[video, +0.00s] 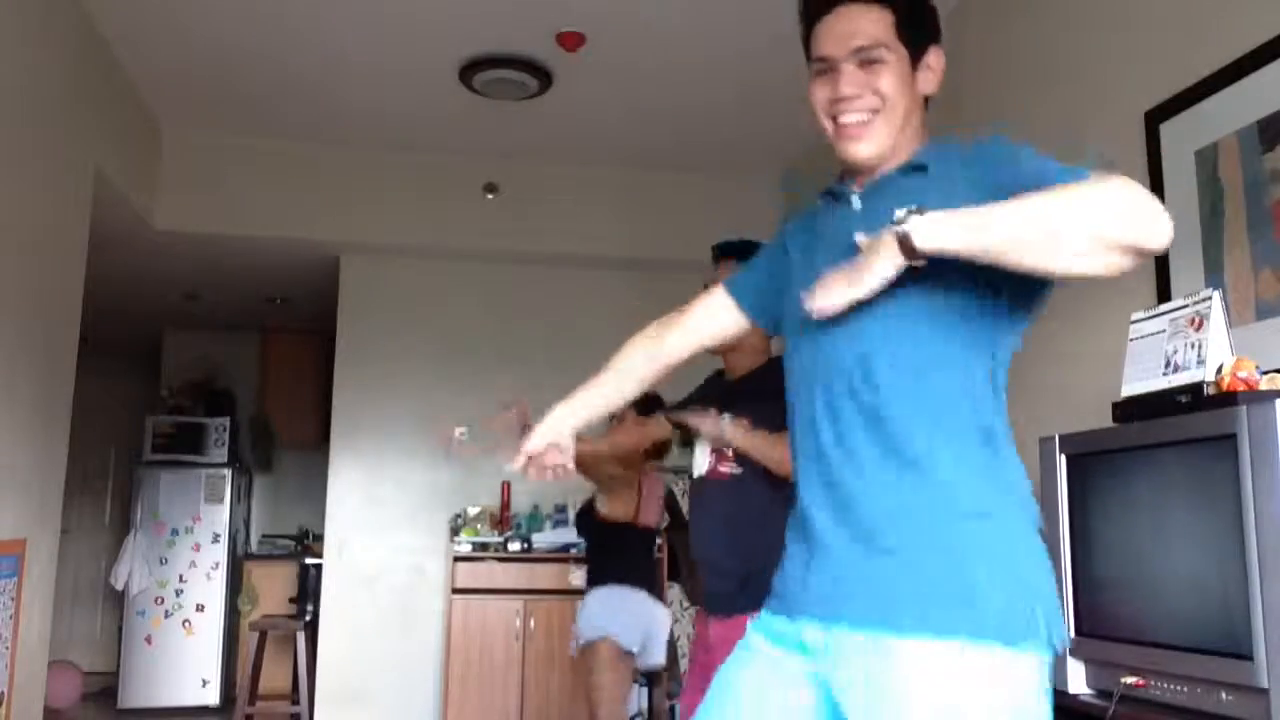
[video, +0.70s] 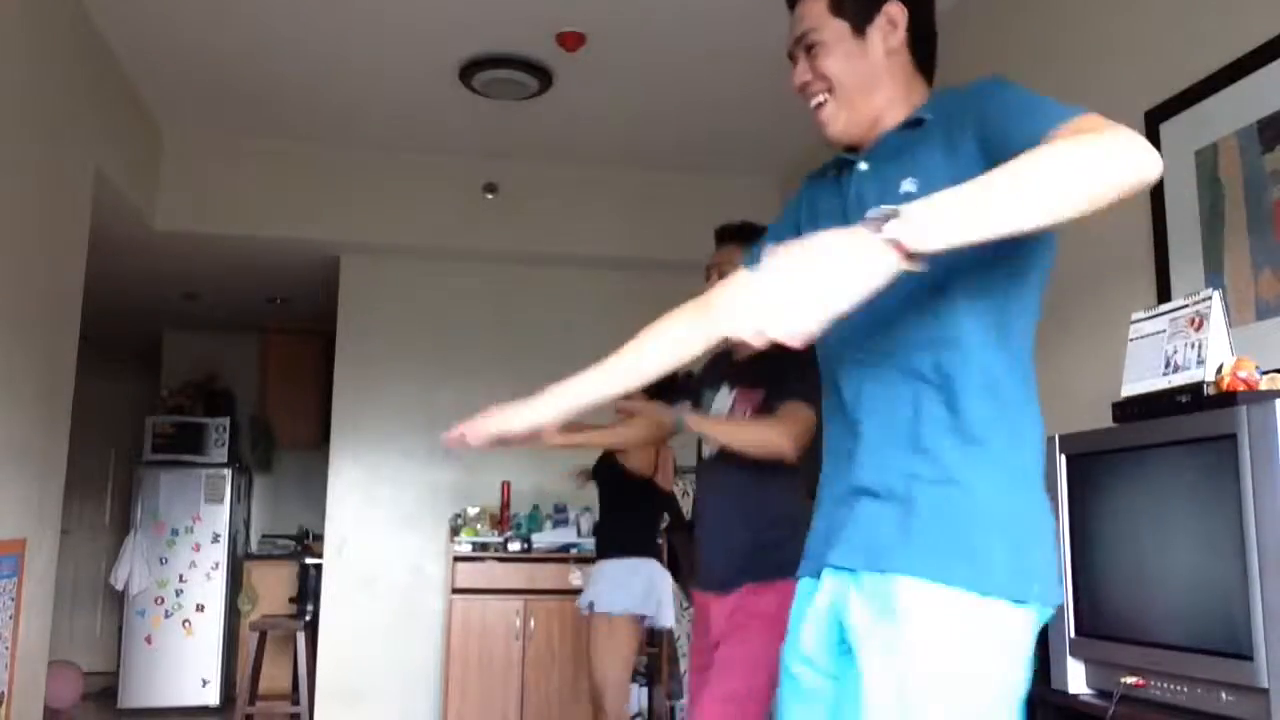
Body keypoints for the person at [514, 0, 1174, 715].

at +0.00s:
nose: (843, 87)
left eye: (869, 61)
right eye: (824, 69)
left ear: (927, 71)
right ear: (809, 90)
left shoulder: (979, 170)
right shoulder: (804, 235)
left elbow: (1142, 227)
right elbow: (683, 334)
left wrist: (912, 235)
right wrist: (565, 418)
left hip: (957, 626)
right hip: (803, 617)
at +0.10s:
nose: (842, 82)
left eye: (867, 55)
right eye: (823, 66)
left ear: (925, 69)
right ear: (808, 90)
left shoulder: (975, 151)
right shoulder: (806, 232)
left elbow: (1145, 175)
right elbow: (683, 326)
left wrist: (921, 242)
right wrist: (540, 414)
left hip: (962, 616)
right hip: (808, 610)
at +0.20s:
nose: (833, 69)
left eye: (858, 41)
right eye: (813, 52)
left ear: (915, 52)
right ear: (796, 74)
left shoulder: (952, 108)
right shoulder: (803, 211)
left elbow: (1093, 133)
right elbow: (684, 304)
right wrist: (525, 380)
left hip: (952, 571)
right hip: (819, 567)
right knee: (765, 706)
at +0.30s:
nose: (822, 78)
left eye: (845, 52)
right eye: (804, 62)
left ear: (907, 61)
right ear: (792, 84)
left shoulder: (943, 136)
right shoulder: (803, 222)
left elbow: (1048, 167)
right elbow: (720, 307)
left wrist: (1223, 182)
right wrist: (638, 325)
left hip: (935, 565)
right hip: (824, 563)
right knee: (804, 711)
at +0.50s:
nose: (784, 117)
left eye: (804, 89)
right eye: (778, 98)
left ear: (880, 82)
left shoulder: (941, 169)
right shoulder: (807, 249)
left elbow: (1050, 214)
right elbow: (704, 373)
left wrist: (1219, 245)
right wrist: (719, 334)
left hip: (933, 597)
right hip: (841, 596)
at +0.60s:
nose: (788, 87)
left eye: (804, 60)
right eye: (784, 71)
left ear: (880, 45)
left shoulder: (953, 124)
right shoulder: (808, 206)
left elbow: (1084, 164)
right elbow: (712, 313)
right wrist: (606, 351)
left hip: (942, 569)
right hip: (840, 566)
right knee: (831, 709)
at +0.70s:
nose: (799, 76)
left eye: (811, 46)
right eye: (794, 58)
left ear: (889, 27)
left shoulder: (977, 112)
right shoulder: (820, 198)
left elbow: (1125, 157)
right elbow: (721, 313)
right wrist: (555, 403)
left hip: (962, 550)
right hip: (841, 547)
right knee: (809, 714)